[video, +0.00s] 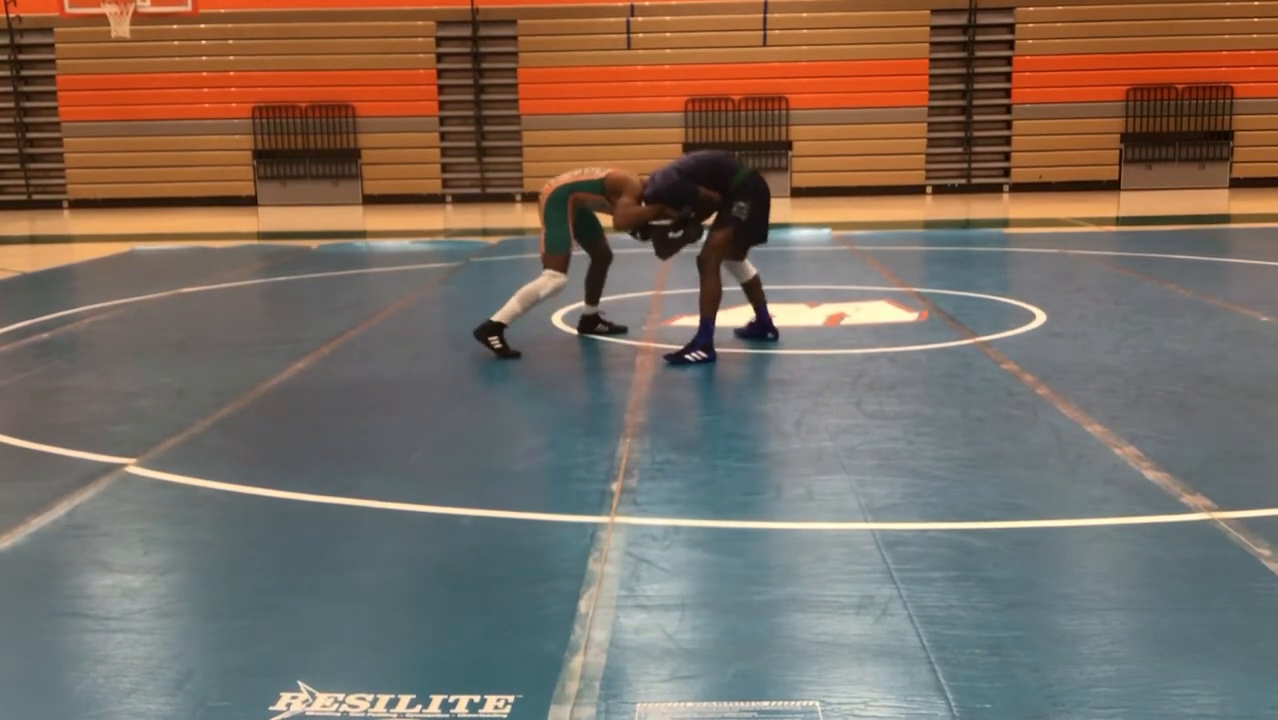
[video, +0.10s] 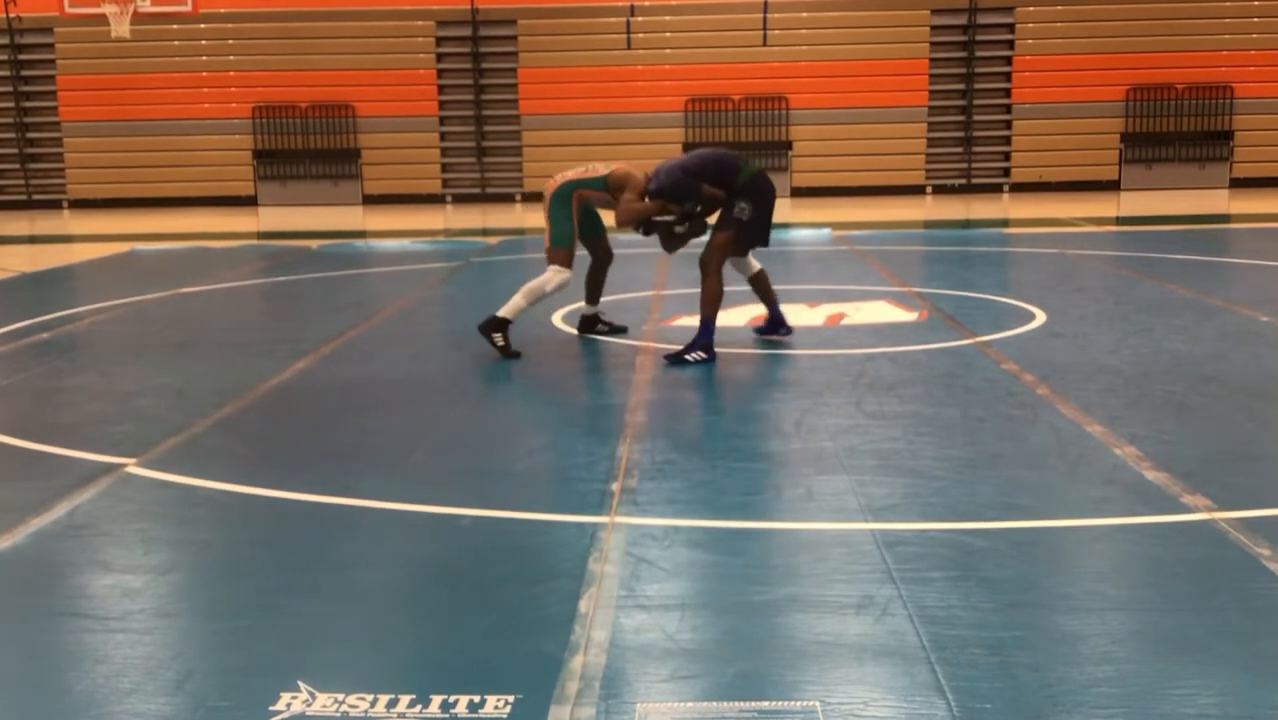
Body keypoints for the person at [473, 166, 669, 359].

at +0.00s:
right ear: (662, 194)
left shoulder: (637, 194)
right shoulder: (633, 186)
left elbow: (663, 249)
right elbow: (622, 221)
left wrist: (682, 228)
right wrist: (659, 209)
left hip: (578, 204)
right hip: (558, 198)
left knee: (603, 256)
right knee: (555, 278)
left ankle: (590, 318)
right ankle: (493, 327)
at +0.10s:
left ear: (655, 182)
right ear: (659, 184)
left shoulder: (640, 188)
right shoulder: (635, 181)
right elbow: (624, 216)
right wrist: (661, 206)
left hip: (582, 201)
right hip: (562, 194)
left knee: (603, 256)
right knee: (559, 275)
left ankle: (590, 318)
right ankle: (497, 323)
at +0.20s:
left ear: (660, 178)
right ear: (665, 183)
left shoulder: (641, 185)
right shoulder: (641, 181)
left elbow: (633, 219)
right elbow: (632, 218)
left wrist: (666, 212)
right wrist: (669, 206)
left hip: (583, 197)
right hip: (566, 193)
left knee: (602, 257)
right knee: (578, 268)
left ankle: (590, 319)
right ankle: (512, 314)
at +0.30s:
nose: (684, 208)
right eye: (686, 201)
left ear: (669, 179)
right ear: (677, 192)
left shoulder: (655, 190)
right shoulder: (649, 185)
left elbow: (670, 247)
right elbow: (642, 226)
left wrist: (697, 236)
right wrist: (679, 210)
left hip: (583, 198)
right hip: (569, 196)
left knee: (603, 260)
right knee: (593, 268)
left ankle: (590, 319)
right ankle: (543, 326)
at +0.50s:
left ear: (671, 190)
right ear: (678, 197)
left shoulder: (655, 200)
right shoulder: (651, 197)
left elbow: (679, 247)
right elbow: (651, 241)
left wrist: (704, 236)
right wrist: (685, 221)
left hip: (580, 206)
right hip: (573, 208)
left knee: (603, 266)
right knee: (605, 281)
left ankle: (589, 320)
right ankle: (548, 335)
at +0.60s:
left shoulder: (653, 199)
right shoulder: (651, 198)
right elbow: (648, 240)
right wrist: (683, 219)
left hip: (583, 205)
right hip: (573, 206)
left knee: (603, 264)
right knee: (604, 279)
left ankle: (589, 320)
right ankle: (548, 334)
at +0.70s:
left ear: (668, 188)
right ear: (674, 199)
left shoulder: (651, 194)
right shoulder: (647, 194)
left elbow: (643, 230)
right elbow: (640, 235)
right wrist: (678, 216)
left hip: (583, 205)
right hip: (574, 206)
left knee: (604, 262)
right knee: (602, 280)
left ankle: (590, 319)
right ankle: (547, 335)